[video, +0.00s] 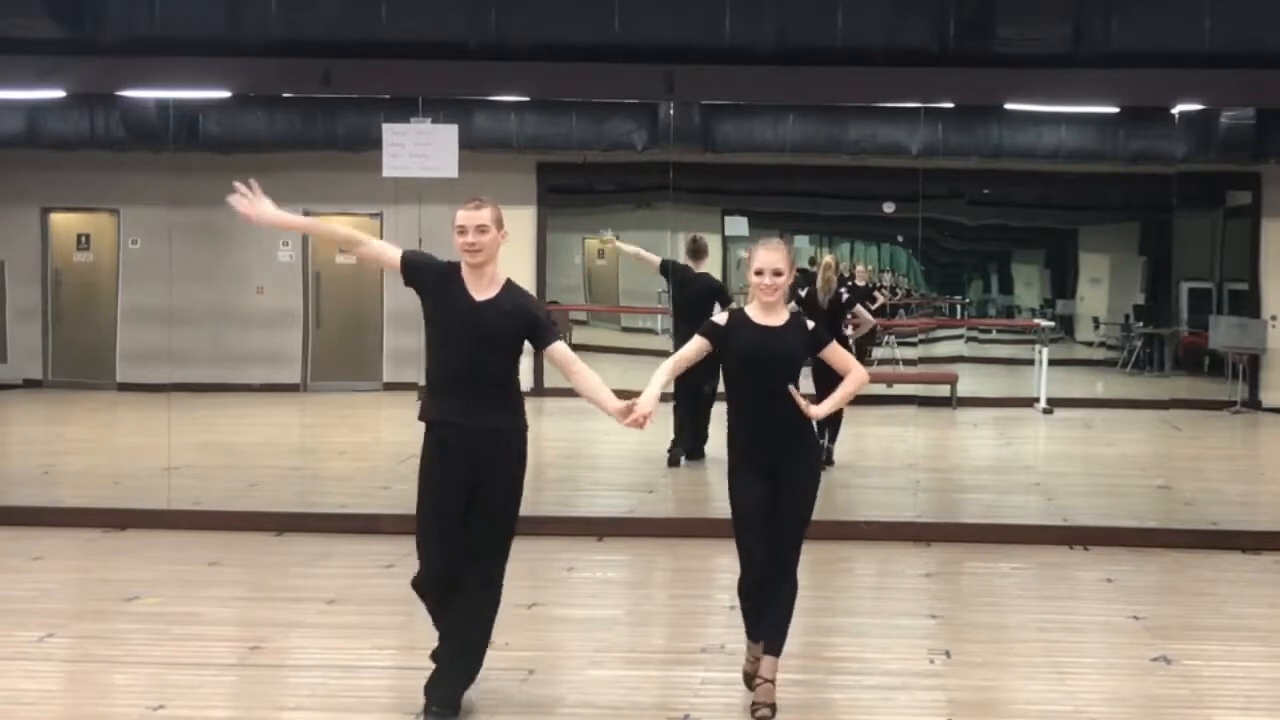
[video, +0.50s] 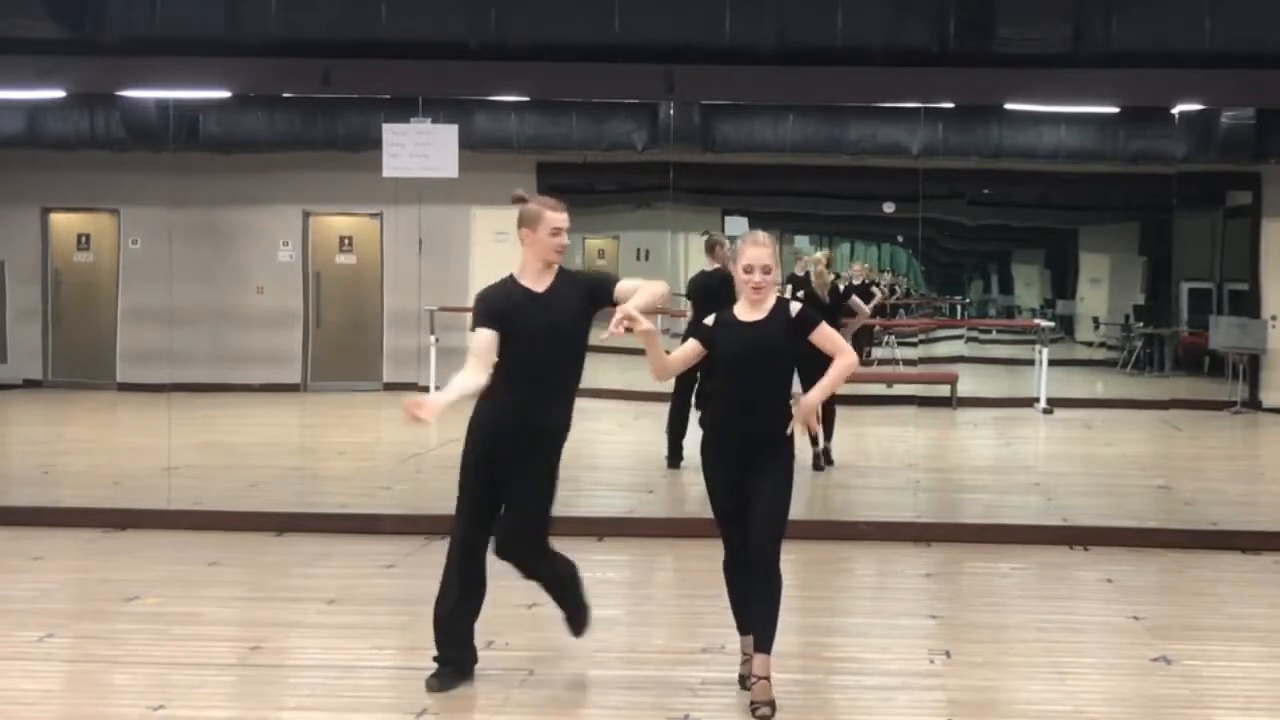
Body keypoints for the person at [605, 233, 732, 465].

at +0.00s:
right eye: (705, 254)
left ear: (687, 254)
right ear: (706, 256)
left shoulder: (676, 271)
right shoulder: (713, 284)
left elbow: (640, 254)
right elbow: (733, 313)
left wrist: (616, 243)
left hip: (681, 351)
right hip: (707, 352)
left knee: (682, 398)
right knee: (703, 399)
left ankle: (677, 446)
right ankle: (696, 449)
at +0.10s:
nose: (697, 256)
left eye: (693, 252)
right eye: (703, 252)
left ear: (688, 253)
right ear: (709, 253)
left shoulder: (679, 275)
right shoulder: (719, 281)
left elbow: (639, 258)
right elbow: (734, 309)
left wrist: (637, 240)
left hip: (678, 345)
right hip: (705, 346)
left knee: (676, 397)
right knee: (699, 398)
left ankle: (676, 447)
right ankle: (695, 448)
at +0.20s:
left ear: (690, 253)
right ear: (711, 253)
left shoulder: (680, 277)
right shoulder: (721, 281)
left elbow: (646, 274)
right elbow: (742, 306)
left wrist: (644, 248)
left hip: (678, 341)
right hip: (704, 343)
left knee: (672, 396)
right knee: (696, 395)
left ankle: (673, 452)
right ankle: (695, 447)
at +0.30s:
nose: (710, 254)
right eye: (713, 251)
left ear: (695, 251)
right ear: (714, 252)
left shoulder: (682, 277)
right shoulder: (723, 280)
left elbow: (658, 290)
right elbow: (743, 303)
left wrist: (641, 271)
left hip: (678, 343)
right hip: (706, 344)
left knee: (675, 397)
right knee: (700, 396)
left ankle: (673, 453)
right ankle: (692, 451)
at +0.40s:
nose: (722, 253)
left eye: (721, 249)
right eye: (721, 249)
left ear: (701, 251)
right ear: (715, 251)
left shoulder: (687, 279)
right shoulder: (724, 279)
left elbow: (680, 307)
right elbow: (752, 287)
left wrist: (661, 299)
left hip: (685, 339)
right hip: (711, 341)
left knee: (679, 397)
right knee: (701, 393)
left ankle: (673, 454)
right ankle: (698, 445)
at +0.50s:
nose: (728, 253)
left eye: (727, 249)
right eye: (726, 249)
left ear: (707, 252)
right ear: (720, 252)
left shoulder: (695, 280)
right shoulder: (729, 279)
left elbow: (694, 310)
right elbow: (736, 309)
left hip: (693, 339)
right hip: (720, 343)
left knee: (681, 397)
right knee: (715, 399)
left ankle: (674, 453)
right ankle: (717, 455)